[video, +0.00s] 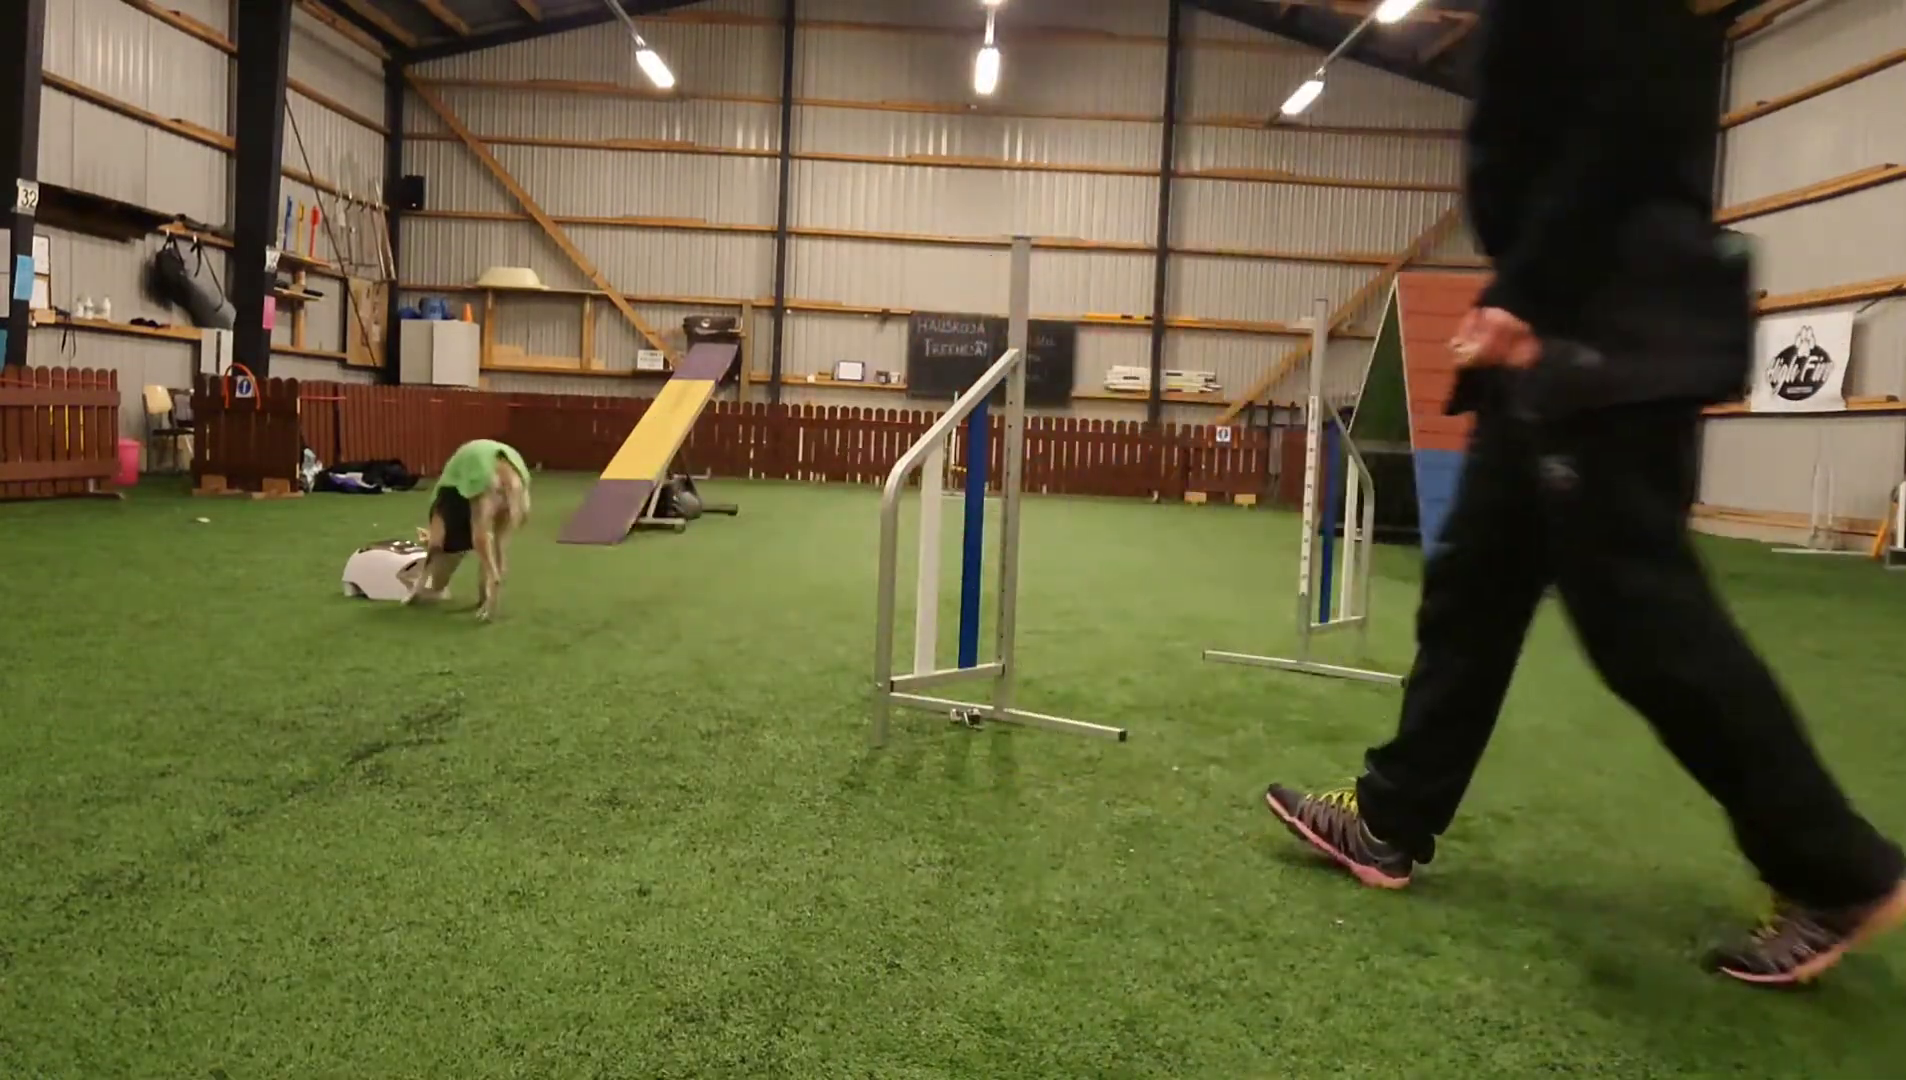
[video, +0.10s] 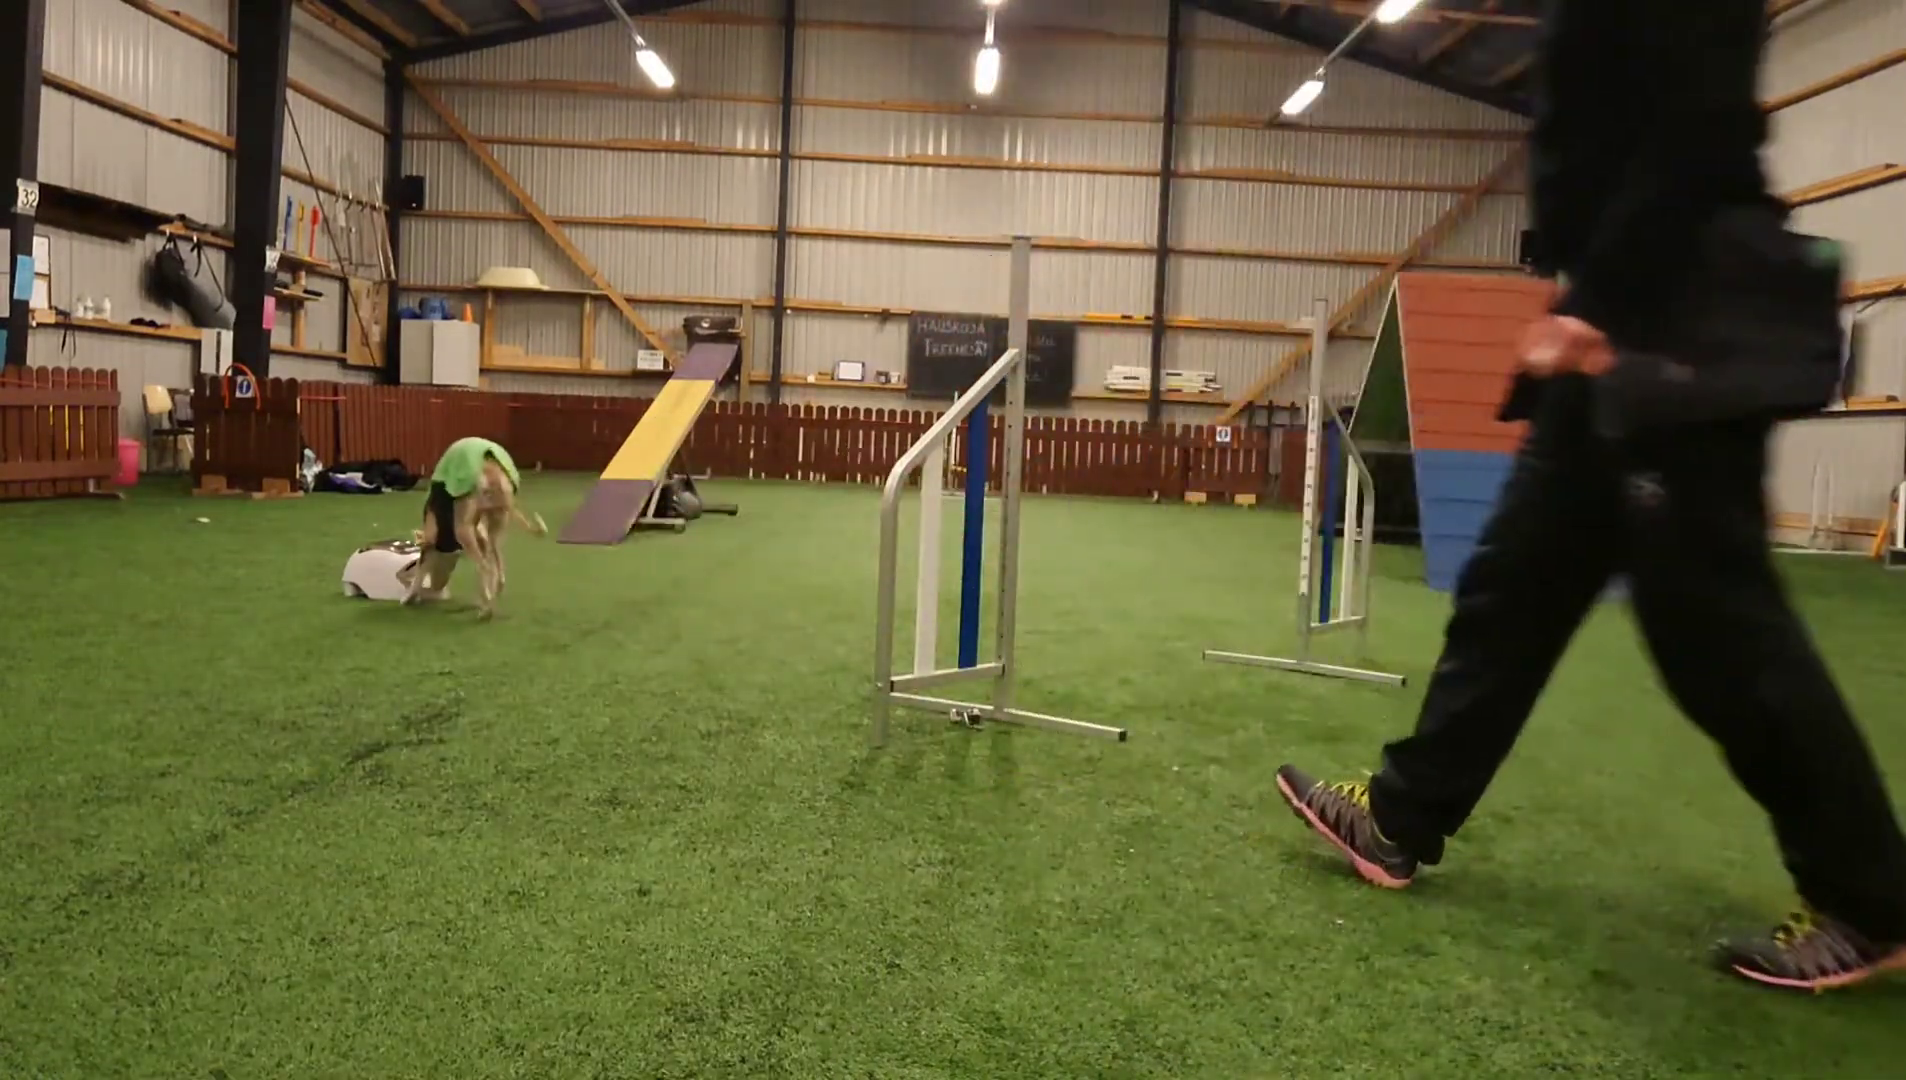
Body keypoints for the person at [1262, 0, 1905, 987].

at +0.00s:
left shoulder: (1605, 17)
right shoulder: (1536, 24)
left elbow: (1620, 122)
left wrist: (1526, 293)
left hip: (1612, 335)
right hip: (1553, 335)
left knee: (1647, 624)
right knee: (1472, 590)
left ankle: (1841, 873)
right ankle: (1390, 825)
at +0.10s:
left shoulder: (1673, 13)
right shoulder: (1605, 19)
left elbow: (1691, 132)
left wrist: (1600, 304)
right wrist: (1580, 296)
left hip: (1688, 335)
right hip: (1621, 333)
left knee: (1724, 636)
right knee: (1514, 593)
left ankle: (1875, 909)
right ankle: (1399, 821)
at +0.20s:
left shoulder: (1752, 16)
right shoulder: (1661, 24)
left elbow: (1780, 131)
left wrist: (1701, 304)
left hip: (1765, 338)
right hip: (1679, 332)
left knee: (1773, 650)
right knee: (1551, 595)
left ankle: (1878, 926)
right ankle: (1417, 822)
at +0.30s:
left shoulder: (1836, 29)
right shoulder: (1695, 26)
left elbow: (1857, 98)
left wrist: (1819, 297)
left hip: (1813, 317)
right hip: (1719, 305)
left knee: (1791, 644)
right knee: (1571, 580)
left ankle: (1881, 927)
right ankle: (1469, 837)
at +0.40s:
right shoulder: (1709, 22)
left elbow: (1884, 107)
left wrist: (1892, 304)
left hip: (1847, 318)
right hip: (1735, 308)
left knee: (1823, 650)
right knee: (1598, 580)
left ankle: (1884, 933)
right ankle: (1530, 854)